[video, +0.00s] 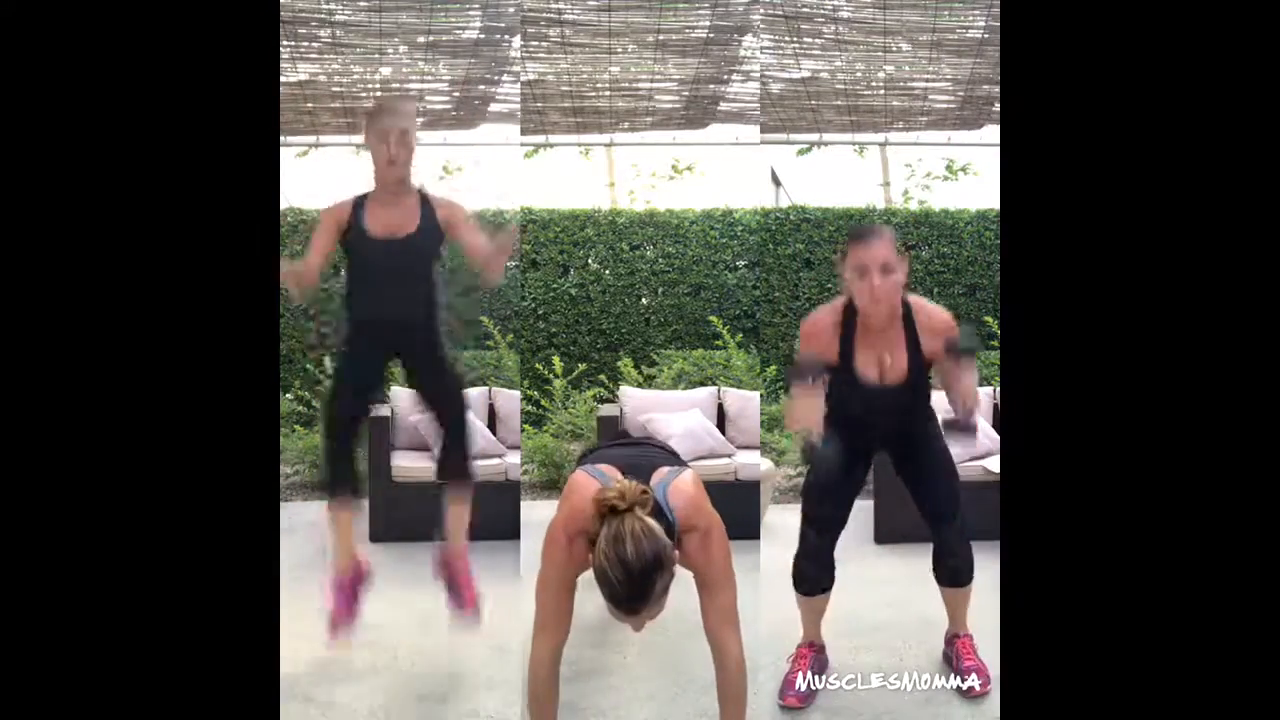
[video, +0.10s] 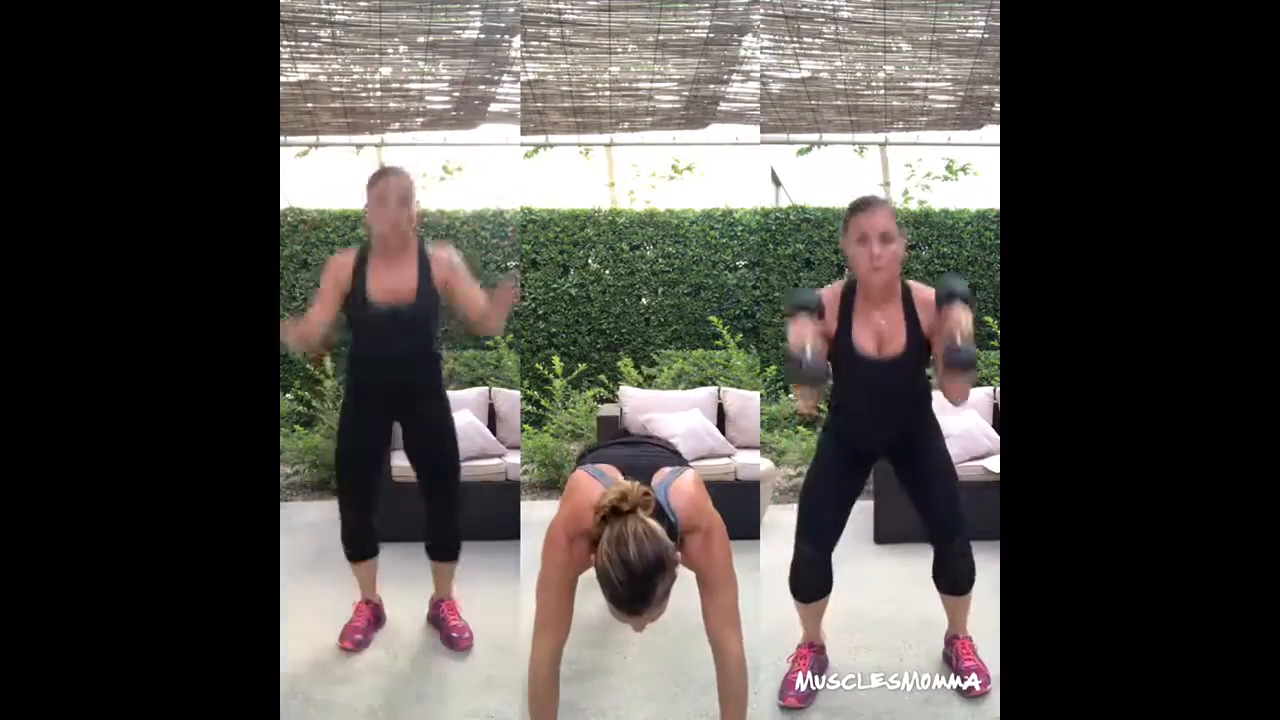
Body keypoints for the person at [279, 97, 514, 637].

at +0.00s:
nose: (393, 152)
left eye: (402, 142)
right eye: (383, 143)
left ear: (414, 146)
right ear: (369, 148)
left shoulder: (442, 211)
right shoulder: (342, 216)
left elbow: (488, 268)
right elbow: (307, 275)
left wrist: (502, 248)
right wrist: (286, 270)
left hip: (422, 345)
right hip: (365, 346)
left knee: (456, 427)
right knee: (338, 436)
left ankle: (455, 553)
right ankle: (347, 565)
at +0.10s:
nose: (391, 211)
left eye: (399, 202)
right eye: (381, 202)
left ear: (413, 210)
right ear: (366, 209)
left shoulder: (438, 260)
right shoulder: (344, 266)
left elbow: (485, 320)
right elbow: (313, 331)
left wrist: (498, 304)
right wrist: (298, 331)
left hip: (424, 399)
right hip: (365, 401)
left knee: (444, 494)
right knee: (354, 500)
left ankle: (443, 602)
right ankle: (369, 603)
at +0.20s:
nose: (393, 241)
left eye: (402, 228)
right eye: (382, 230)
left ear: (417, 224)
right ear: (367, 229)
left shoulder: (442, 277)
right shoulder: (342, 279)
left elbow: (478, 339)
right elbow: (317, 349)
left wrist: (486, 363)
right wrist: (304, 384)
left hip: (424, 399)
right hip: (364, 401)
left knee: (442, 497)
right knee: (357, 502)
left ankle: (443, 603)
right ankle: (368, 603)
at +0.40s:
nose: (396, 284)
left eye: (406, 275)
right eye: (385, 275)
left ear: (422, 254)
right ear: (370, 256)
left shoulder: (446, 287)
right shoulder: (344, 287)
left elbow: (479, 359)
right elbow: (317, 370)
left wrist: (482, 423)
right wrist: (317, 442)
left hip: (421, 396)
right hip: (364, 397)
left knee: (427, 496)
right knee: (368, 498)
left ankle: (443, 600)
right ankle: (368, 601)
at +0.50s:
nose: (400, 333)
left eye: (410, 325)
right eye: (391, 325)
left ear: (426, 305)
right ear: (375, 303)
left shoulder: (448, 319)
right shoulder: (348, 317)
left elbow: (482, 399)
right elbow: (315, 408)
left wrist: (485, 478)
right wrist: (317, 491)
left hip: (422, 395)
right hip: (364, 396)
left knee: (430, 495)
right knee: (367, 496)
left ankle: (442, 601)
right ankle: (368, 601)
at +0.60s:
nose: (403, 399)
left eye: (413, 389)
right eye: (395, 389)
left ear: (428, 367)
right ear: (378, 365)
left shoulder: (451, 361)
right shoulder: (353, 357)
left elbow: (483, 450)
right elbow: (317, 462)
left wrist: (484, 529)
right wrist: (316, 560)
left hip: (428, 399)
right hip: (368, 401)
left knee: (437, 493)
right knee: (363, 495)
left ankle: (442, 601)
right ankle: (368, 601)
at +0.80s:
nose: (407, 514)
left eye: (413, 506)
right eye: (398, 508)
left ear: (431, 470)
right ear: (374, 468)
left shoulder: (445, 438)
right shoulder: (356, 438)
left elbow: (475, 553)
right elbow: (330, 567)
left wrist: (479, 653)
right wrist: (317, 671)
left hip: (430, 392)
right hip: (367, 390)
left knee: (449, 508)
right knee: (356, 513)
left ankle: (442, 602)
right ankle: (368, 602)